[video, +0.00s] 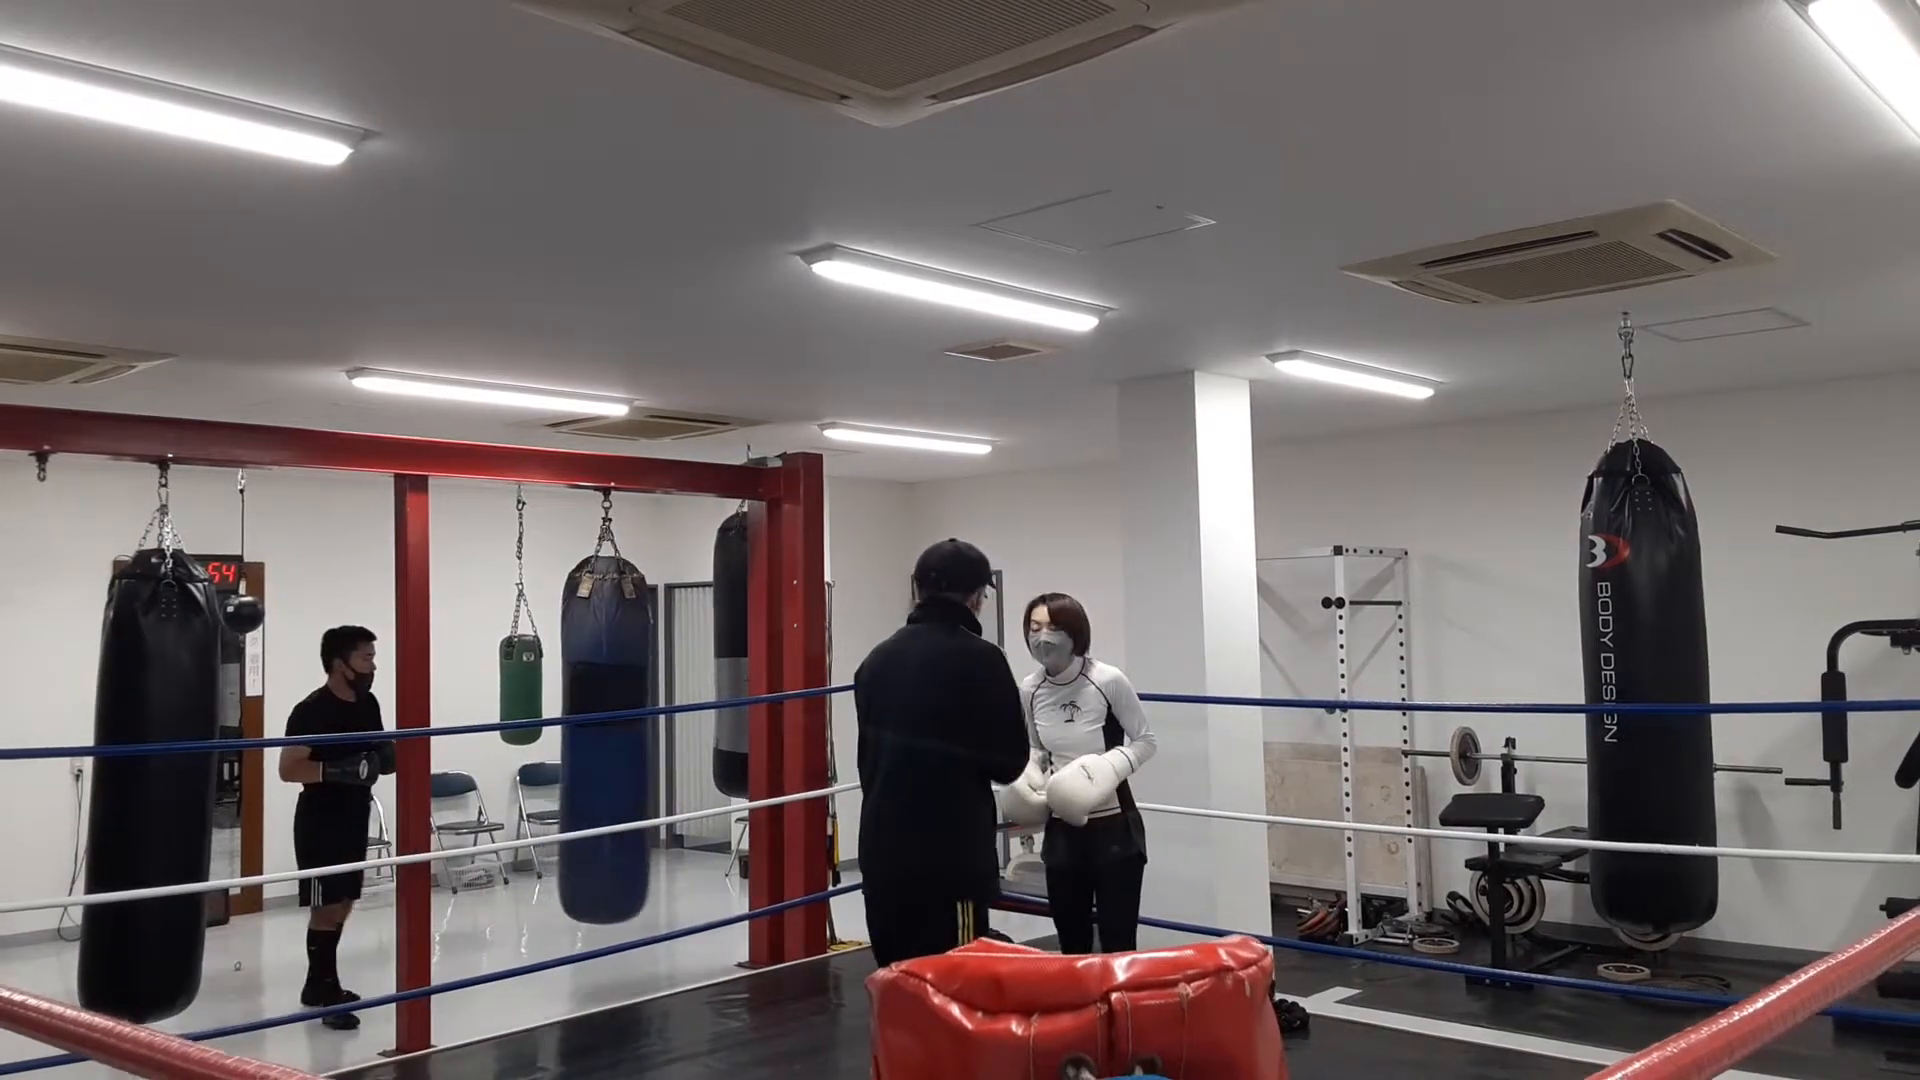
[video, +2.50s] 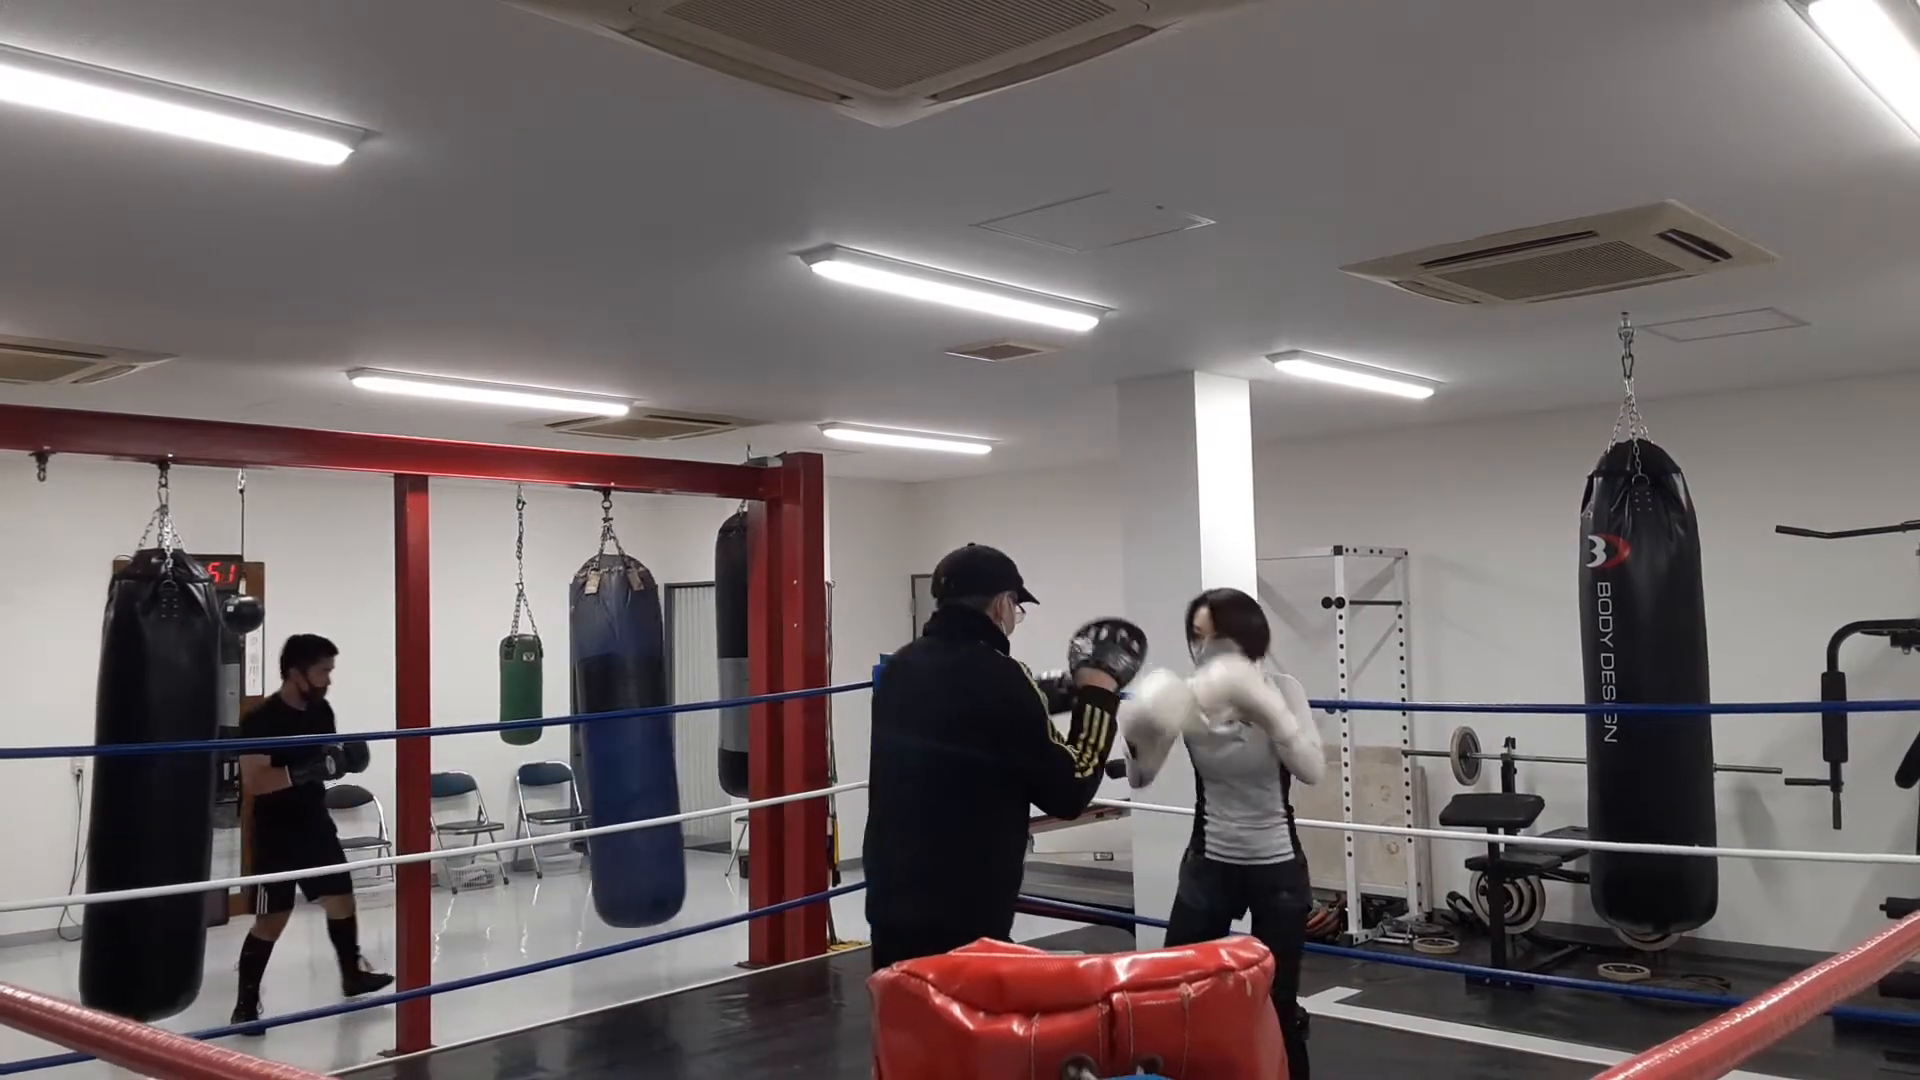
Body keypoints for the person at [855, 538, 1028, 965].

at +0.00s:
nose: (983, 604)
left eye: (983, 595)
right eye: (983, 595)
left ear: (921, 590)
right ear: (974, 598)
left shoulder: (875, 662)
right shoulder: (982, 658)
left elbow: (868, 766)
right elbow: (1009, 763)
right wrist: (951, 749)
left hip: (885, 852)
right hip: (957, 853)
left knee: (900, 989)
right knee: (956, 989)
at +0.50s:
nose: (988, 607)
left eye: (989, 598)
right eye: (989, 598)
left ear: (925, 591)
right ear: (980, 597)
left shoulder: (878, 661)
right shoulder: (991, 660)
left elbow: (852, 767)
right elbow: (1012, 781)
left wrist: (906, 769)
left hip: (896, 854)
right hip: (969, 854)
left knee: (908, 986)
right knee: (972, 988)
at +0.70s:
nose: (1006, 614)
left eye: (1007, 604)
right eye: (1006, 603)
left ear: (944, 597)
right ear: (995, 602)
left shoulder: (903, 664)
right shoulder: (995, 664)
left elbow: (879, 780)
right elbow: (1035, 788)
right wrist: (1049, 762)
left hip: (915, 861)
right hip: (984, 863)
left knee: (924, 996)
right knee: (984, 994)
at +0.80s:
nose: (1012, 612)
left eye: (1014, 603)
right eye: (1014, 602)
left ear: (951, 594)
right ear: (1003, 600)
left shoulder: (909, 663)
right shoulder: (996, 660)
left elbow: (901, 772)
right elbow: (1045, 783)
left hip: (922, 865)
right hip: (987, 869)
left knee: (937, 1004)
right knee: (994, 1003)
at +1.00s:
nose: (1022, 613)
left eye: (1024, 602)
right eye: (1022, 601)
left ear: (961, 593)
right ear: (1009, 599)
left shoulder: (918, 661)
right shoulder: (1001, 659)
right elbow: (1078, 767)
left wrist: (1055, 695)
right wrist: (1091, 690)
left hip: (929, 874)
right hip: (995, 879)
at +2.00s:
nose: (1051, 623)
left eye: (1053, 611)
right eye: (1051, 610)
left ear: (988, 602)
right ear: (1035, 608)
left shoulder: (936, 660)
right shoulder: (1017, 667)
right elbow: (1094, 764)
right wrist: (1111, 673)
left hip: (918, 879)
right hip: (979, 886)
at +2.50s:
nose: (1016, 621)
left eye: (1018, 609)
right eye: (1016, 608)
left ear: (947, 603)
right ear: (999, 606)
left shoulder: (899, 668)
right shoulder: (1004, 680)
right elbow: (1068, 795)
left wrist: (1047, 694)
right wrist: (1098, 694)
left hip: (892, 896)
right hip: (971, 903)